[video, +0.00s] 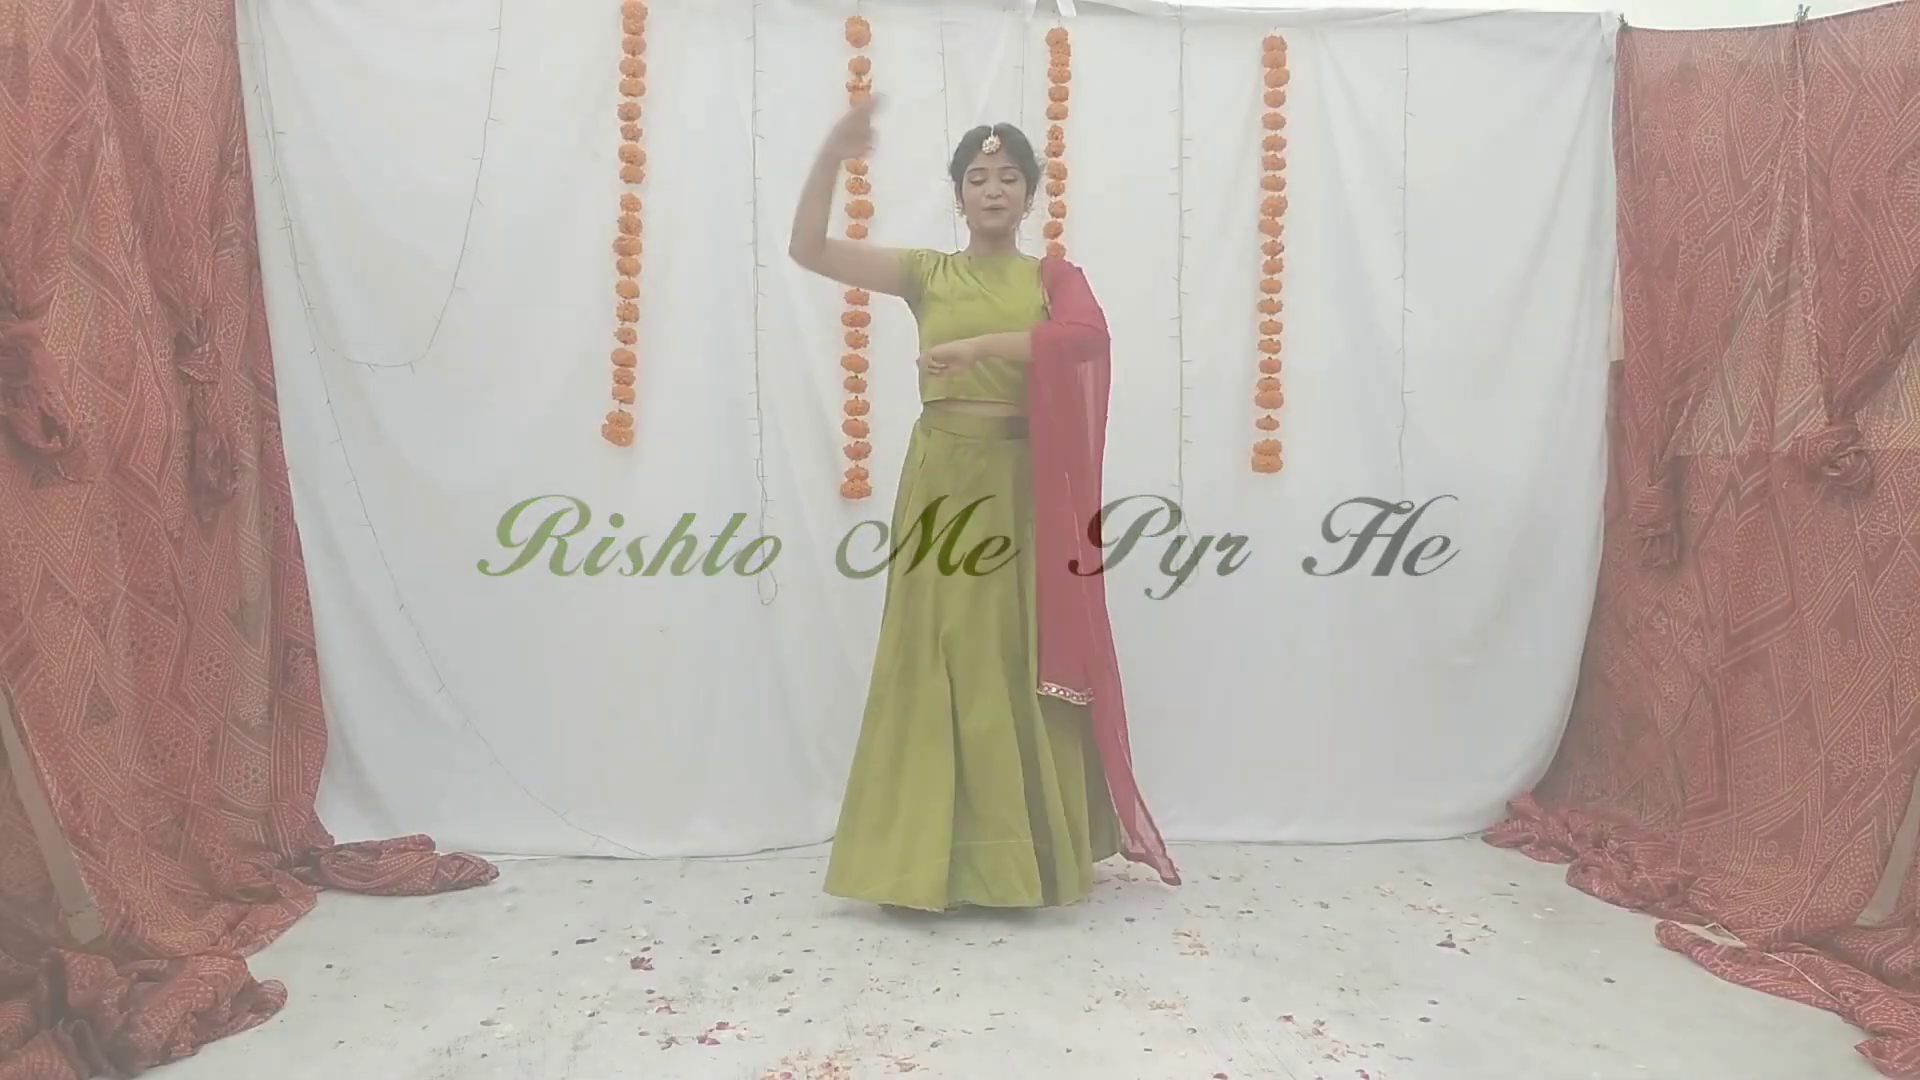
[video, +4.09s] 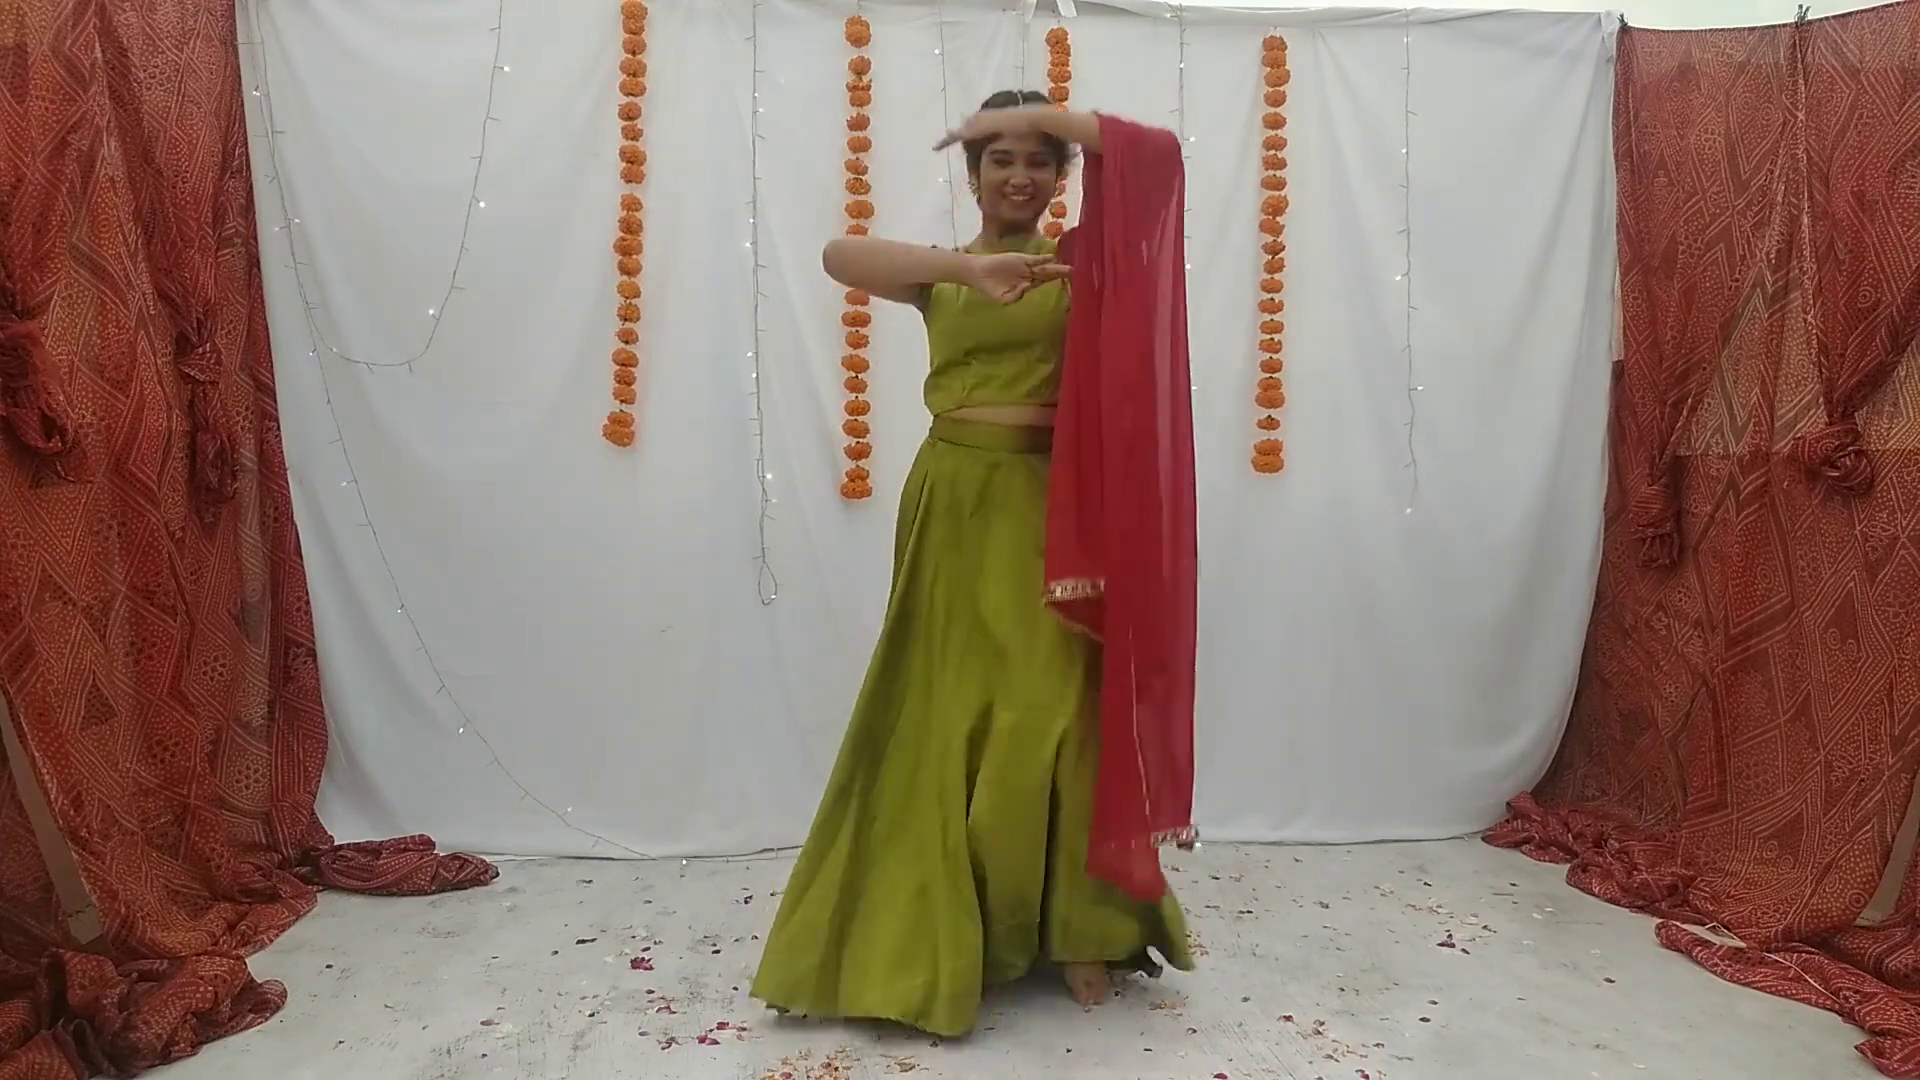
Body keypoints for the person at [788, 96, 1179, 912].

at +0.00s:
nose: (993, 189)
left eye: (1007, 177)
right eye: (979, 176)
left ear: (1029, 194)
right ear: (958, 192)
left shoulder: (1052, 278)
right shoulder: (928, 272)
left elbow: (1089, 341)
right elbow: (810, 248)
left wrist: (981, 348)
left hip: (1025, 475)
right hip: (941, 473)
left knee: (1019, 660)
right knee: (937, 658)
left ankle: (1021, 858)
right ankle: (929, 861)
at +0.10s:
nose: (989, 193)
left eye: (1004, 182)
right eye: (975, 183)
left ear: (1028, 199)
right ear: (954, 202)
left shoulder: (1050, 280)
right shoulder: (930, 278)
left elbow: (1068, 337)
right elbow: (838, 239)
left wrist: (955, 342)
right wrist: (920, 208)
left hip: (1023, 480)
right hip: (938, 476)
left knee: (1017, 662)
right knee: (936, 662)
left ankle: (1024, 859)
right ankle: (930, 860)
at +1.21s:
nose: (958, 181)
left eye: (973, 172)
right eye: (945, 172)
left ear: (997, 194)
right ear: (928, 194)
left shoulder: (1026, 273)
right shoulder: (902, 265)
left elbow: (1108, 225)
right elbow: (829, 175)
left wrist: (1008, 192)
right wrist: (929, 139)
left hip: (1006, 460)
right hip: (921, 456)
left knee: (998, 648)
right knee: (914, 652)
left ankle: (984, 846)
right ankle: (902, 863)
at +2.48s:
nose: (965, 241)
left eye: (981, 229)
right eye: (951, 230)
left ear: (1003, 242)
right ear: (934, 241)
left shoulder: (1012, 326)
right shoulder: (898, 313)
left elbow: (1075, 317)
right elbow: (816, 283)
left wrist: (972, 317)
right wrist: (921, 272)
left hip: (979, 510)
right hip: (897, 508)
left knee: (980, 684)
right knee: (887, 688)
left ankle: (1021, 846)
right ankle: (903, 866)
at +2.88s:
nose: (969, 211)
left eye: (984, 197)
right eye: (953, 195)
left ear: (1003, 204)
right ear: (932, 201)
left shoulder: (1023, 283)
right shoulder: (902, 280)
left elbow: (1094, 211)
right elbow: (817, 300)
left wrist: (1005, 174)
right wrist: (923, 309)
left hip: (989, 487)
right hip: (905, 487)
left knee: (988, 673)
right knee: (910, 673)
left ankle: (983, 882)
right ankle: (916, 867)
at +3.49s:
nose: (976, 198)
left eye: (989, 184)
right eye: (961, 185)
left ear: (1013, 192)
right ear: (944, 191)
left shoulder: (1043, 270)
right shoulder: (919, 268)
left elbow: (1126, 262)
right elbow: (853, 179)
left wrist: (998, 239)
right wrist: (957, 169)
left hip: (1025, 493)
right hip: (932, 490)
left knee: (1014, 692)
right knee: (917, 680)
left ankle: (1010, 880)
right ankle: (917, 904)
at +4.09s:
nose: (1019, 174)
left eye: (1037, 160)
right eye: (1001, 158)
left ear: (1059, 176)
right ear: (975, 171)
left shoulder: (1089, 264)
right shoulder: (948, 271)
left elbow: (1163, 158)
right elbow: (841, 256)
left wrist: (1054, 119)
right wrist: (956, 265)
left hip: (1060, 496)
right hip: (959, 491)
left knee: (1066, 715)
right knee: (950, 713)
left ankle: (1083, 932)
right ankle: (933, 938)